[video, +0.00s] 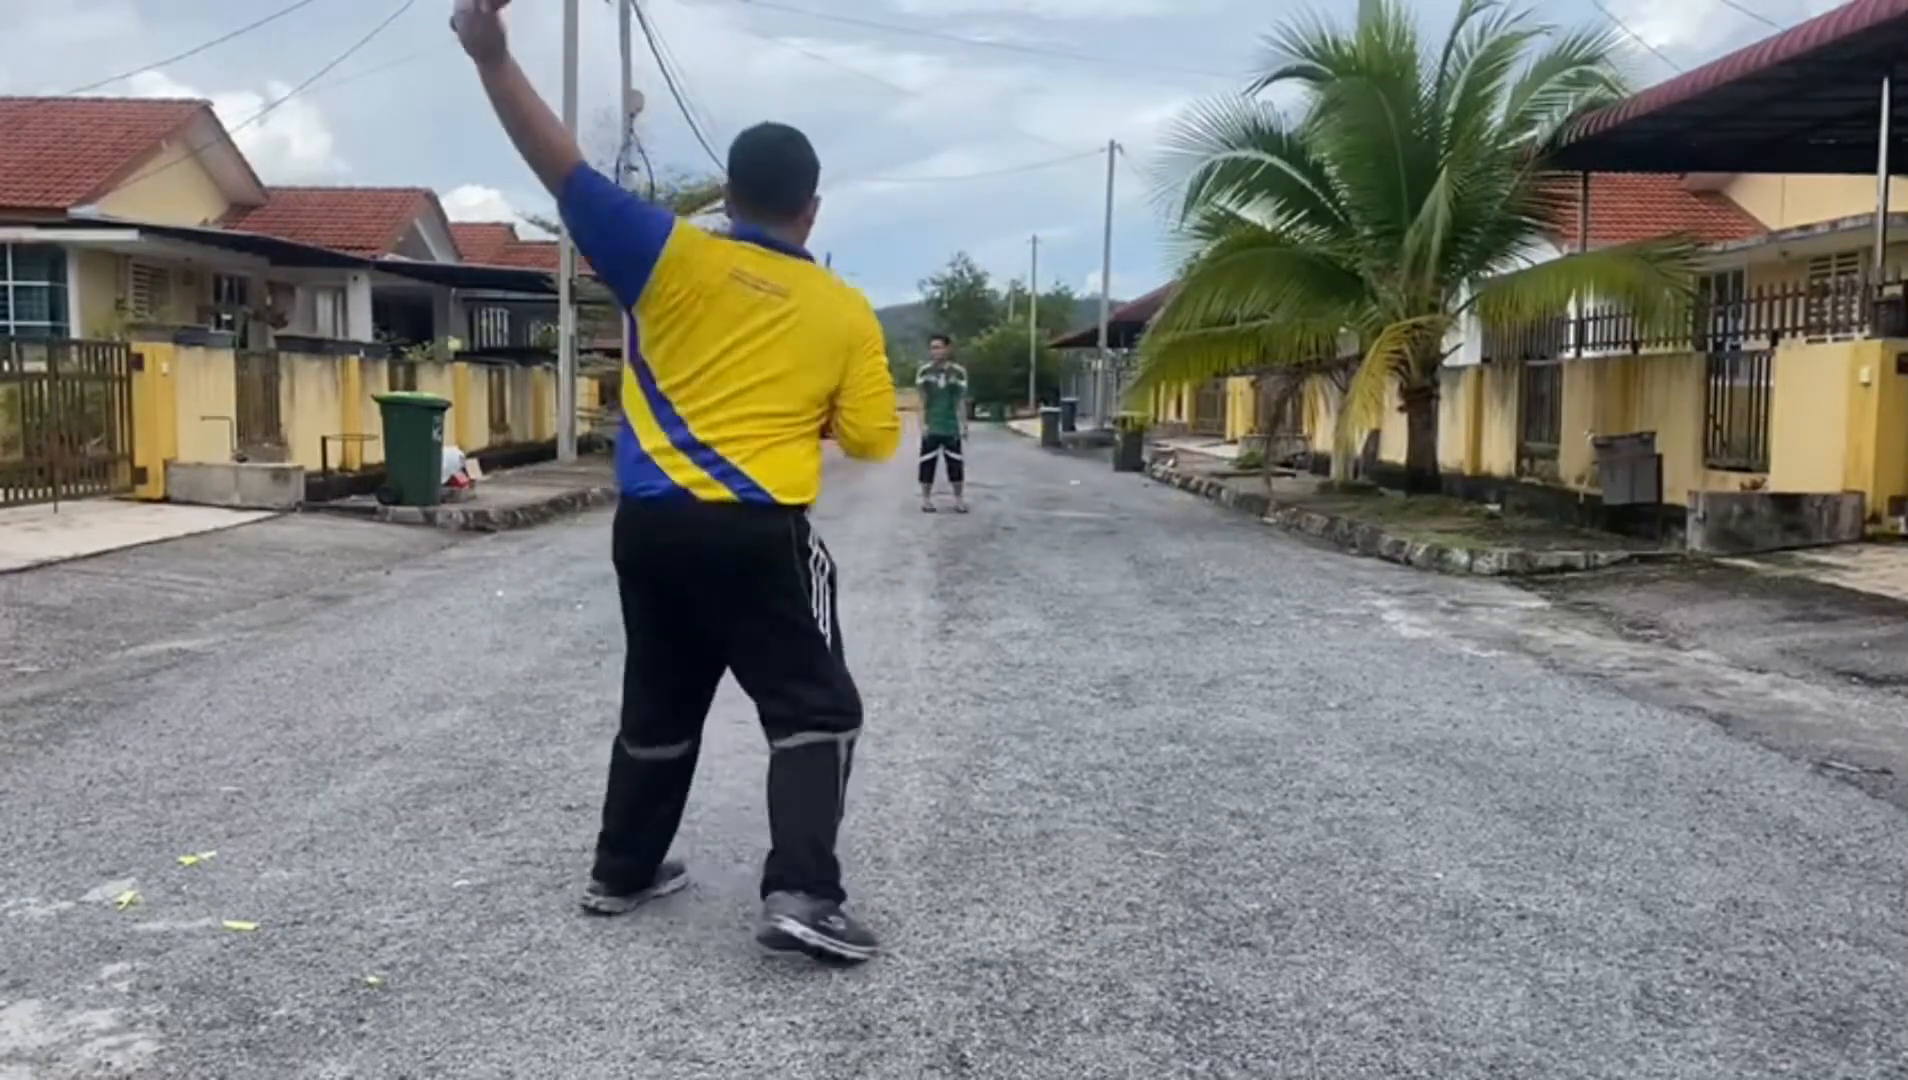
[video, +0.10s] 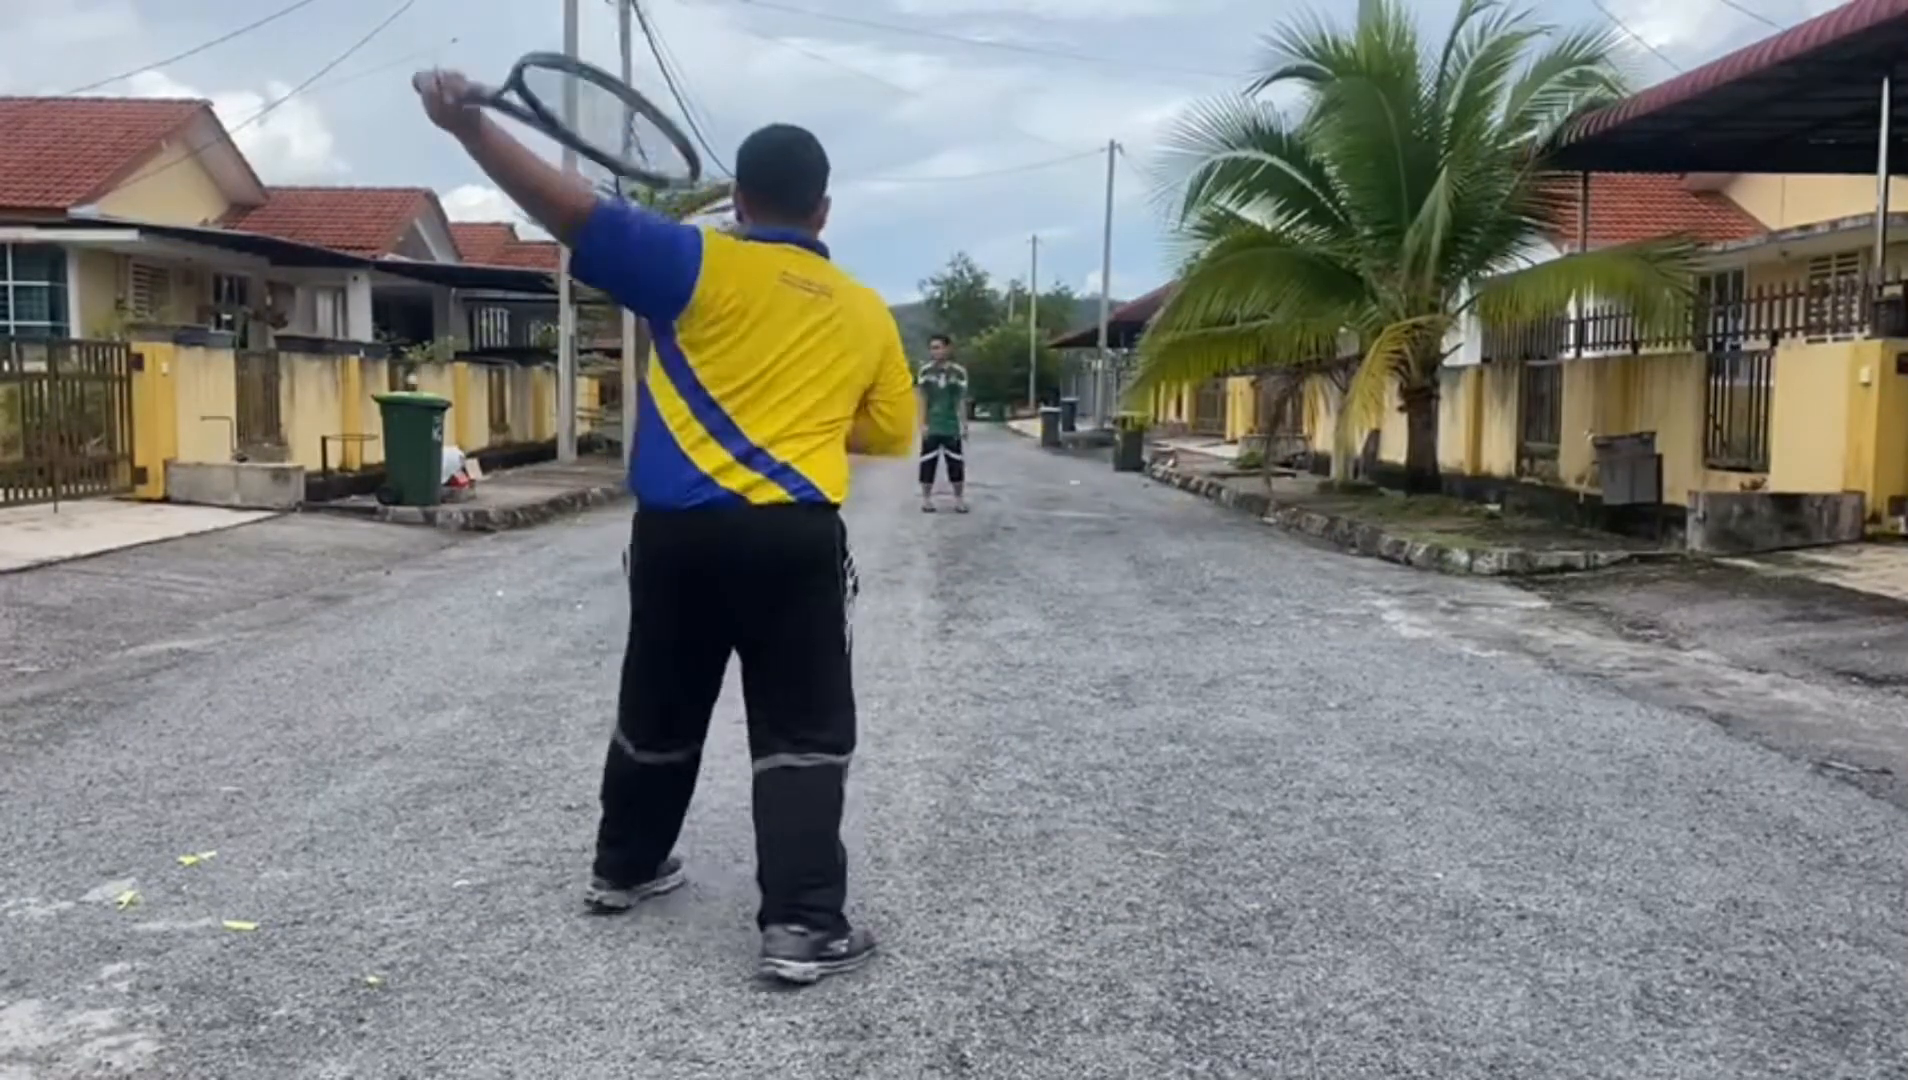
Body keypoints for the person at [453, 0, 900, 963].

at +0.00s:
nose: (807, 205)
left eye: (776, 188)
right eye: (810, 194)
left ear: (726, 194)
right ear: (810, 207)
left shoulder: (669, 250)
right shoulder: (844, 310)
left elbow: (565, 171)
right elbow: (872, 437)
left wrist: (493, 58)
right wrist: (811, 405)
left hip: (649, 525)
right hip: (755, 535)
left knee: (659, 703)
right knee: (813, 709)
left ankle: (623, 870)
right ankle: (800, 892)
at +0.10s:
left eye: (739, 193)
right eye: (828, 203)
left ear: (737, 197)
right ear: (824, 211)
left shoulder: (691, 260)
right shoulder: (863, 311)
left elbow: (571, 203)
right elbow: (891, 432)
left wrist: (468, 119)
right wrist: (807, 405)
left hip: (678, 533)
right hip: (794, 540)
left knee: (660, 704)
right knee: (800, 726)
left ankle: (625, 867)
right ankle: (801, 924)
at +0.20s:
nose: (742, 209)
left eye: (743, 197)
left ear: (750, 195)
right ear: (832, 202)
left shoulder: (731, 250)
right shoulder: (867, 307)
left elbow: (608, 244)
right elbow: (899, 431)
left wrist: (488, 233)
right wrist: (812, 409)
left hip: (701, 527)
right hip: (818, 538)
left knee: (657, 712)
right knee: (811, 734)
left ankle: (603, 882)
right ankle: (799, 927)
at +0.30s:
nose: (741, 200)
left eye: (741, 189)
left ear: (746, 188)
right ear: (832, 192)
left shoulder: (729, 252)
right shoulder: (869, 303)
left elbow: (642, 315)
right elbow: (892, 431)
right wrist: (806, 395)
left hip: (709, 530)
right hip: (828, 543)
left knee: (647, 716)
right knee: (814, 733)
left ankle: (597, 908)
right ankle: (801, 927)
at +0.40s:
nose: (725, 194)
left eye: (726, 182)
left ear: (734, 182)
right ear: (821, 188)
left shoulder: (723, 253)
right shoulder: (861, 295)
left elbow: (681, 365)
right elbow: (882, 427)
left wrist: (624, 463)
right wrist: (782, 417)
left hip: (704, 536)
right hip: (826, 546)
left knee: (644, 731)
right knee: (812, 743)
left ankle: (620, 922)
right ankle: (800, 929)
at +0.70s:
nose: (639, 189)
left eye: (638, 175)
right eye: (648, 176)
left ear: (650, 177)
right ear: (734, 178)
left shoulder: (667, 251)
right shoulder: (764, 269)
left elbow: (635, 374)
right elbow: (754, 403)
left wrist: (530, 470)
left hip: (692, 540)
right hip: (800, 535)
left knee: (656, 766)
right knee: (793, 735)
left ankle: (657, 1012)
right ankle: (805, 923)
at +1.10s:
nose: (666, 193)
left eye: (667, 181)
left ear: (675, 185)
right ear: (768, 190)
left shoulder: (656, 266)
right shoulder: (820, 293)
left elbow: (593, 388)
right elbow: (853, 429)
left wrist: (509, 485)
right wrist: (782, 478)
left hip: (692, 538)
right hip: (813, 537)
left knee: (669, 758)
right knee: (778, 739)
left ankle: (661, 999)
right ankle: (761, 930)